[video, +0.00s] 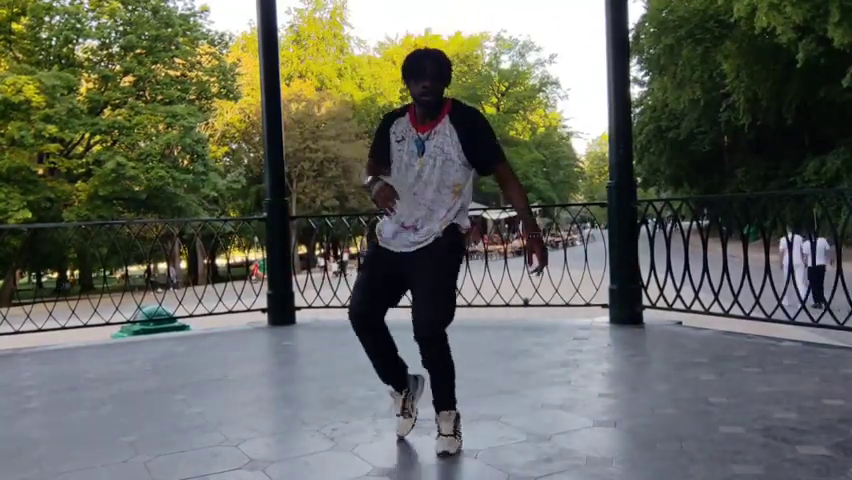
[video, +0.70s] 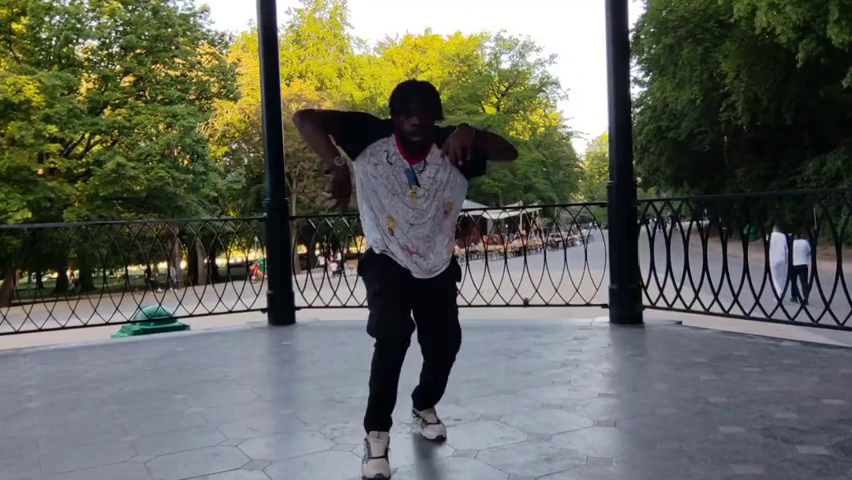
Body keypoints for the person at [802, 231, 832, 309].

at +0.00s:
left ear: (808, 234)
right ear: (818, 233)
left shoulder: (806, 243)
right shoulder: (823, 241)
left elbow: (805, 255)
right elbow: (828, 250)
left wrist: (805, 263)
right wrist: (830, 259)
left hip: (811, 266)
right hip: (821, 265)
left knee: (814, 285)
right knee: (820, 284)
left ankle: (816, 302)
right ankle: (821, 300)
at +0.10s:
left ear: (807, 235)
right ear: (816, 235)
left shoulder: (804, 244)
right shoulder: (820, 243)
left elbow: (801, 254)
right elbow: (824, 253)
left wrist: (802, 262)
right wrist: (828, 261)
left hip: (808, 266)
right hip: (818, 265)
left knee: (811, 285)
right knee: (814, 284)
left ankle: (816, 301)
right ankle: (810, 300)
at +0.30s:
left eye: (802, 234)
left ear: (804, 235)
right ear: (812, 235)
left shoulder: (800, 244)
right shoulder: (815, 243)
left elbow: (797, 254)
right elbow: (819, 254)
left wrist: (797, 263)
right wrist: (822, 263)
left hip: (803, 266)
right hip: (812, 265)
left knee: (801, 283)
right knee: (809, 284)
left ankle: (811, 296)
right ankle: (806, 299)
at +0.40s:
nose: (799, 234)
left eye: (800, 233)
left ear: (801, 233)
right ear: (809, 233)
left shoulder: (797, 243)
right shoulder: (813, 242)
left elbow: (795, 254)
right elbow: (817, 253)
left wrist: (793, 265)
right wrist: (818, 263)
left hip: (800, 265)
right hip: (810, 265)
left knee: (798, 283)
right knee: (809, 284)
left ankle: (802, 296)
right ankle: (806, 299)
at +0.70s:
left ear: (795, 236)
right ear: (802, 235)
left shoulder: (792, 243)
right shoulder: (805, 242)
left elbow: (788, 252)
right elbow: (809, 251)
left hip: (794, 264)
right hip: (804, 264)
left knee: (794, 282)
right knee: (804, 282)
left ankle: (794, 297)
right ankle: (806, 297)